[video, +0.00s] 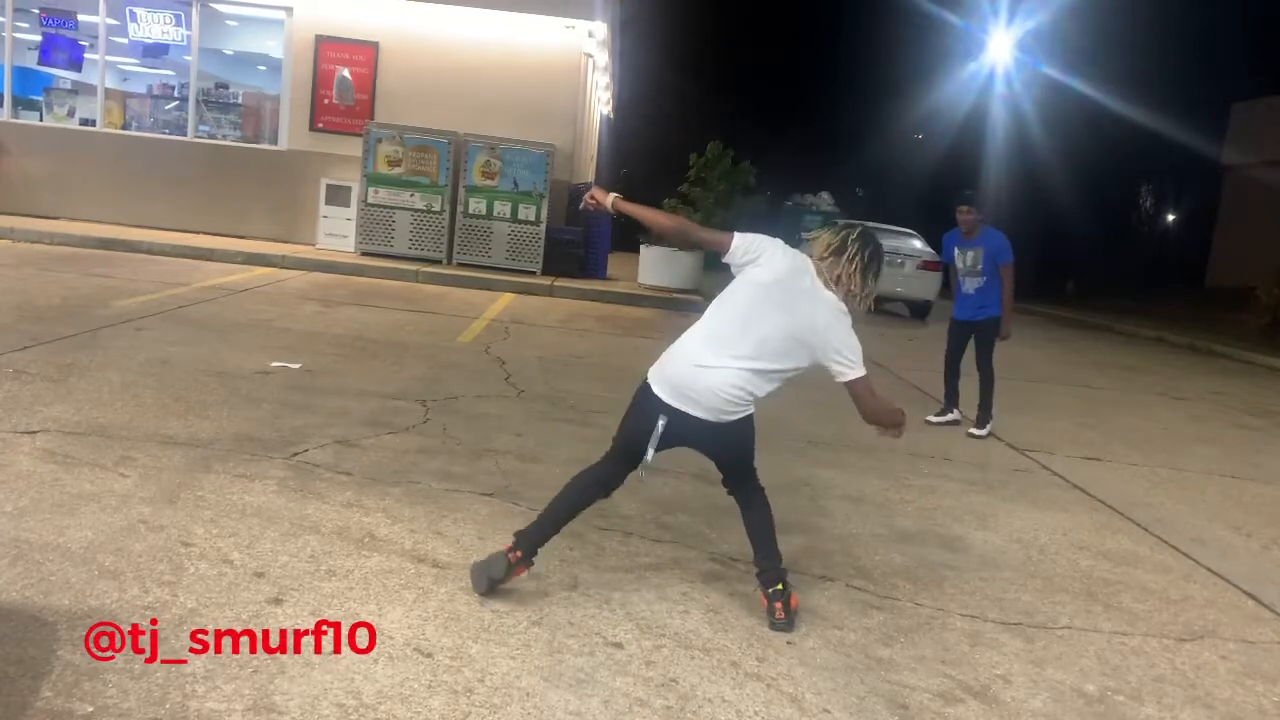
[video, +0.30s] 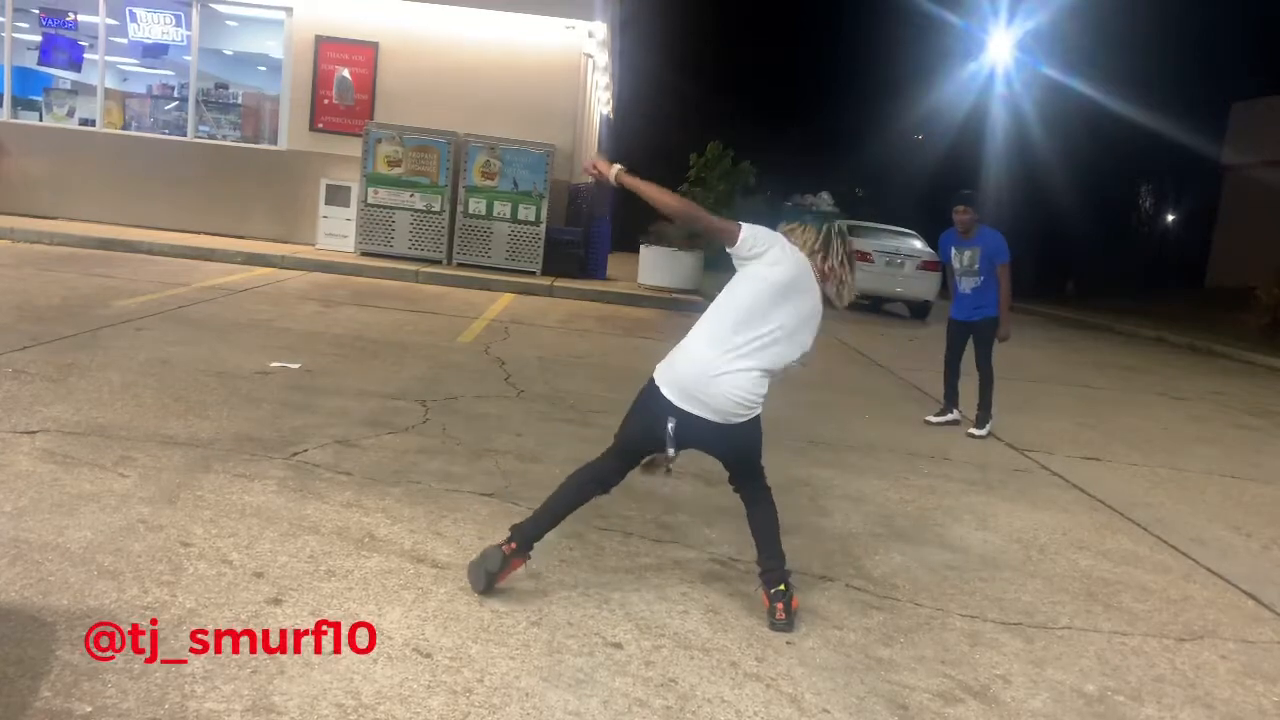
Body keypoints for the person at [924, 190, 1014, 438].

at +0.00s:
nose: (963, 218)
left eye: (968, 213)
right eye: (959, 213)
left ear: (980, 215)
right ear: (955, 215)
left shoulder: (997, 241)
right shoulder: (950, 240)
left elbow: (1008, 281)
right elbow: (953, 276)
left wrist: (1006, 321)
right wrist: (957, 305)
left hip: (988, 315)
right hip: (961, 313)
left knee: (984, 365)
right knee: (951, 360)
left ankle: (983, 419)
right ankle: (951, 408)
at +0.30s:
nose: (960, 217)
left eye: (965, 213)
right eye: (956, 212)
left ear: (976, 215)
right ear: (951, 215)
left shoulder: (993, 240)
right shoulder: (947, 240)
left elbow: (1004, 280)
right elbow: (950, 275)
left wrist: (1004, 321)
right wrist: (955, 304)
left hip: (986, 315)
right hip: (959, 313)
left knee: (983, 366)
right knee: (951, 361)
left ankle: (983, 419)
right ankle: (950, 408)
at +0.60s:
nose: (959, 216)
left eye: (964, 211)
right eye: (955, 211)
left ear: (975, 213)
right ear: (951, 213)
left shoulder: (992, 239)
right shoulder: (946, 239)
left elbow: (1005, 279)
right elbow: (949, 274)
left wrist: (1004, 320)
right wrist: (954, 303)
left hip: (985, 315)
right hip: (958, 313)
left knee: (983, 366)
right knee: (951, 361)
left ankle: (983, 419)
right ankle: (951, 408)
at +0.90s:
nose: (953, 215)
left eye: (958, 210)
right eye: (949, 210)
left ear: (969, 213)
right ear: (945, 212)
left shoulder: (981, 237)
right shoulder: (942, 235)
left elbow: (995, 270)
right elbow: (947, 267)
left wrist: (961, 276)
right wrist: (945, 289)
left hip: (977, 315)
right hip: (950, 310)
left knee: (978, 363)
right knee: (932, 351)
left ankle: (983, 417)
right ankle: (937, 404)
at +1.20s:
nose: (925, 209)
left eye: (930, 204)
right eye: (922, 204)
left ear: (940, 209)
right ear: (917, 207)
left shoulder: (949, 232)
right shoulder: (918, 230)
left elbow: (941, 262)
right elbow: (923, 260)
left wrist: (911, 247)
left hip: (949, 308)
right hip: (926, 306)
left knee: (946, 360)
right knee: (918, 358)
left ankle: (976, 411)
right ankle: (925, 411)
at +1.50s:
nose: (882, 210)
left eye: (887, 206)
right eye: (879, 206)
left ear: (896, 209)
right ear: (874, 209)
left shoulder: (910, 235)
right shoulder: (873, 233)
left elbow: (929, 271)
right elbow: (875, 258)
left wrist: (941, 307)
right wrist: (855, 255)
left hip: (905, 305)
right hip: (886, 304)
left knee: (875, 348)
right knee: (901, 360)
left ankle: (864, 411)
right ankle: (923, 409)